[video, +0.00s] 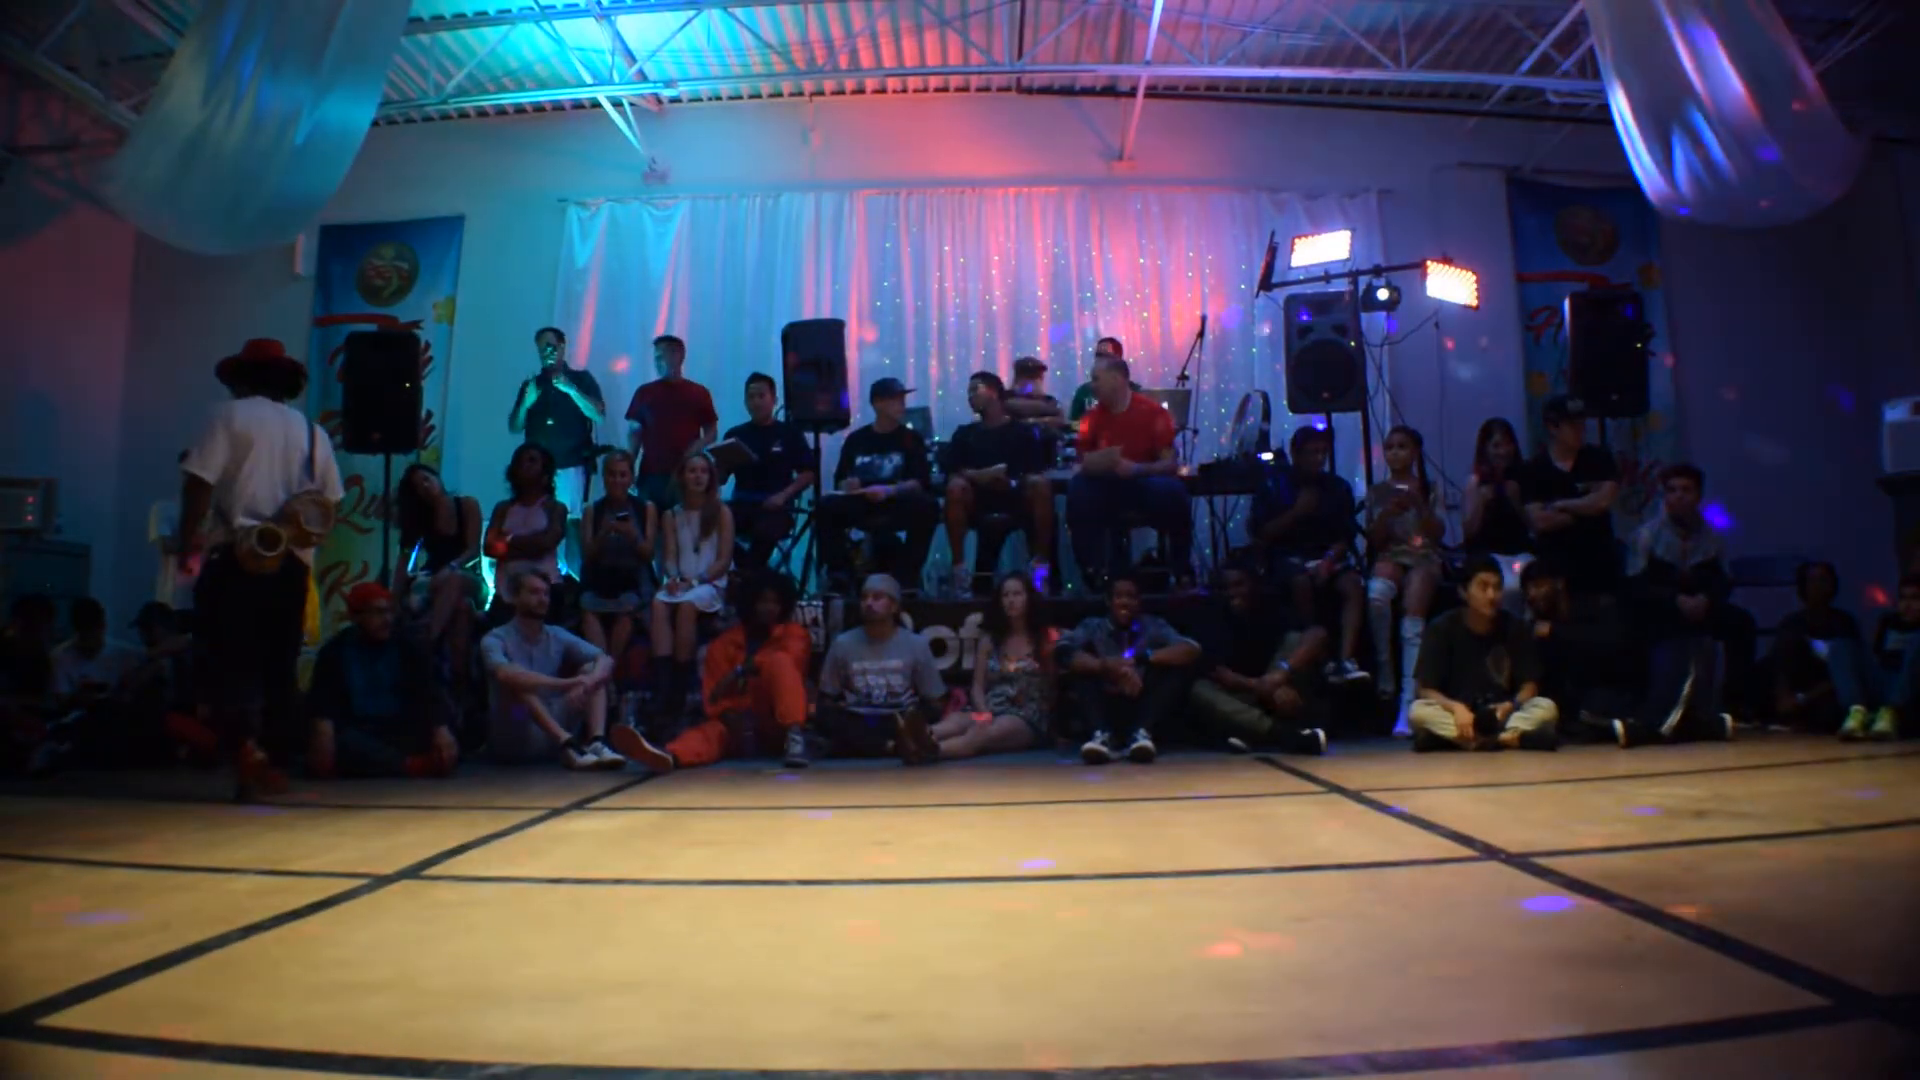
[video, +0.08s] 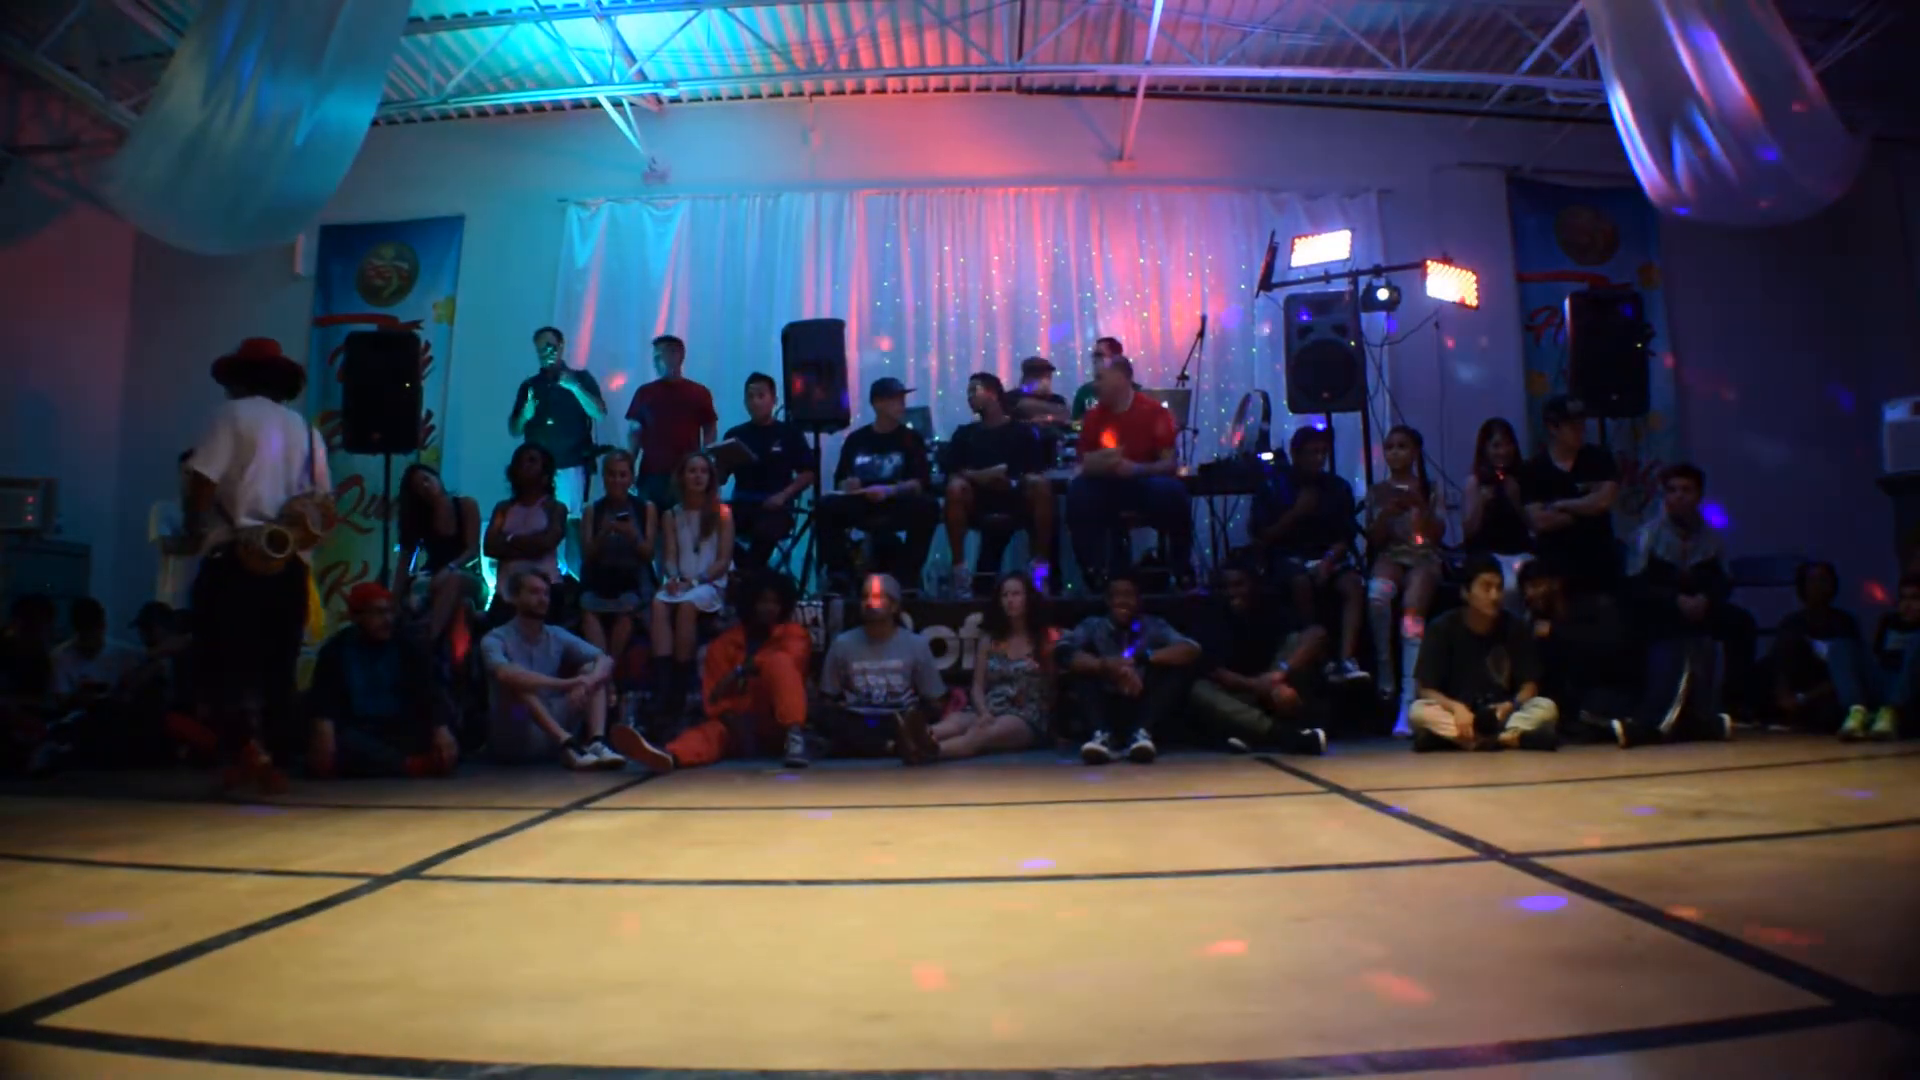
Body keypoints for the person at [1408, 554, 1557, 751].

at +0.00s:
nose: (1491, 596)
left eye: (1496, 588)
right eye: (1483, 587)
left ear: (1502, 593)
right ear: (1465, 592)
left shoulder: (1513, 627)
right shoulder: (1442, 628)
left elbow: (1530, 685)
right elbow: (1425, 689)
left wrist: (1510, 706)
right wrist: (1457, 708)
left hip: (1501, 705)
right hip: (1458, 705)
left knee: (1546, 707)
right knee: (1419, 711)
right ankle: (1505, 741)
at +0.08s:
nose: (1494, 596)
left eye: (1498, 589)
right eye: (1486, 588)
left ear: (1503, 593)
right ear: (1466, 592)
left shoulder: (1514, 628)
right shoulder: (1442, 629)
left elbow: (1530, 684)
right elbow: (1425, 689)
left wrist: (1510, 706)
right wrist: (1457, 709)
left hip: (1501, 706)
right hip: (1458, 707)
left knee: (1546, 707)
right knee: (1419, 711)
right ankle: (1506, 741)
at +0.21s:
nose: (1498, 597)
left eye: (1501, 590)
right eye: (1489, 589)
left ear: (1506, 593)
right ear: (1467, 593)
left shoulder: (1514, 628)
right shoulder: (1443, 630)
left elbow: (1530, 685)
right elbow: (1426, 690)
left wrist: (1511, 706)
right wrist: (1458, 708)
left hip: (1502, 706)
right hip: (1458, 706)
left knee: (1547, 707)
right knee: (1419, 711)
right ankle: (1506, 741)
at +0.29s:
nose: (1499, 598)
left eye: (1502, 590)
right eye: (1490, 590)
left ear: (1506, 593)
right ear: (1468, 593)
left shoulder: (1514, 628)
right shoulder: (1442, 629)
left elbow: (1530, 685)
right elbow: (1426, 690)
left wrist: (1511, 706)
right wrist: (1458, 709)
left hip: (1502, 706)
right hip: (1459, 707)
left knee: (1547, 707)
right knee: (1420, 711)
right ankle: (1507, 741)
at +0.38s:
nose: (1499, 597)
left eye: (1502, 590)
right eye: (1490, 590)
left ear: (1507, 593)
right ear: (1468, 594)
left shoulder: (1514, 628)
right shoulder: (1442, 629)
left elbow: (1529, 685)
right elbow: (1425, 690)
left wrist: (1510, 706)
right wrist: (1457, 709)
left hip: (1501, 705)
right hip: (1458, 705)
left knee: (1546, 707)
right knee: (1419, 711)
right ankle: (1506, 740)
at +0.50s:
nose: (1498, 598)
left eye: (1501, 591)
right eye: (1490, 590)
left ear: (1505, 593)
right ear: (1468, 594)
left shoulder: (1514, 628)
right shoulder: (1441, 629)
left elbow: (1527, 685)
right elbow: (1423, 689)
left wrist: (1508, 705)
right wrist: (1455, 708)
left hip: (1500, 705)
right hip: (1456, 705)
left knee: (1544, 707)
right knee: (1417, 711)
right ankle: (1505, 740)